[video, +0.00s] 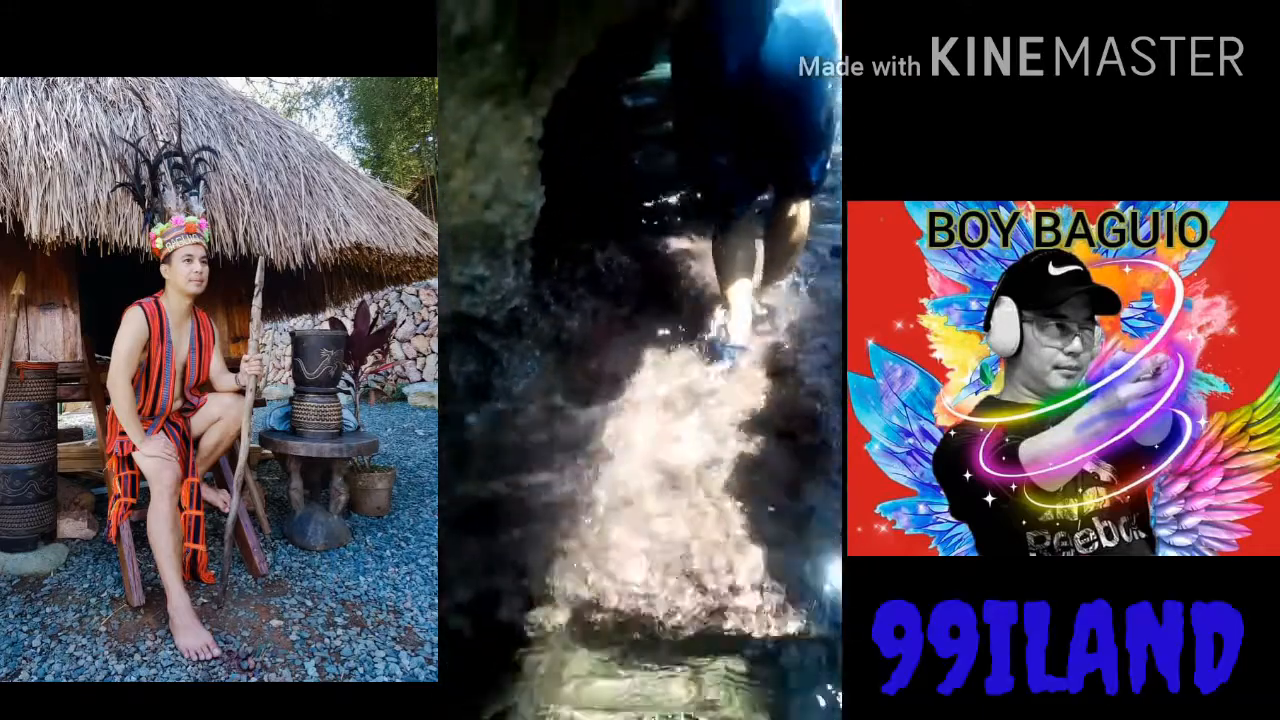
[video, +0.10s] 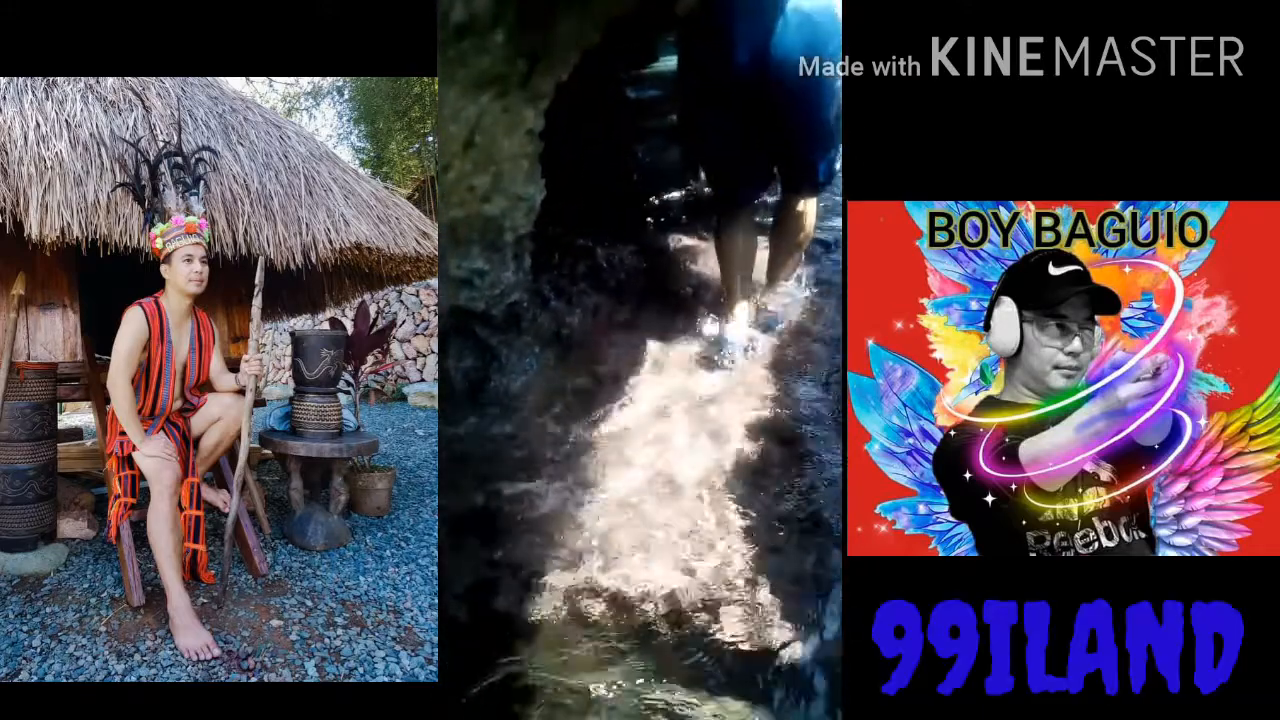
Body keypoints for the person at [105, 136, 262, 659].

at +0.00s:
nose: (198, 268)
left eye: (203, 260)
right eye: (187, 260)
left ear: (208, 267)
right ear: (165, 267)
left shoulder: (206, 324)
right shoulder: (142, 316)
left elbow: (220, 381)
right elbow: (117, 380)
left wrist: (243, 381)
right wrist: (138, 440)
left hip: (180, 419)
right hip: (140, 424)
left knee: (236, 407)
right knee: (169, 476)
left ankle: (191, 478)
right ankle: (179, 605)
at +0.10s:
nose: (198, 268)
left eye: (203, 260)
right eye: (187, 260)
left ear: (207, 267)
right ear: (164, 267)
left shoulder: (206, 324)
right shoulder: (142, 317)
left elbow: (220, 381)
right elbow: (117, 380)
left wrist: (244, 379)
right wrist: (138, 440)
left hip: (180, 419)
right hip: (140, 424)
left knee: (237, 407)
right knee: (169, 477)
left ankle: (191, 477)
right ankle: (179, 606)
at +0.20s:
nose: (198, 268)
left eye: (203, 260)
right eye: (187, 260)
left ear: (208, 267)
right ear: (165, 267)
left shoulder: (206, 324)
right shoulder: (142, 316)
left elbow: (220, 382)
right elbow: (117, 380)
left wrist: (243, 380)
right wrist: (138, 440)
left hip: (180, 419)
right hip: (140, 424)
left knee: (237, 407)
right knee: (169, 477)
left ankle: (191, 478)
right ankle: (179, 606)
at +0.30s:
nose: (198, 268)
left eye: (203, 260)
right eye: (187, 260)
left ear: (208, 267)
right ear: (165, 267)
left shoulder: (206, 324)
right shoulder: (142, 316)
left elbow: (220, 382)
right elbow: (117, 380)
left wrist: (243, 380)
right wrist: (138, 440)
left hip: (180, 419)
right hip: (140, 424)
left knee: (237, 407)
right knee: (169, 477)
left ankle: (191, 478)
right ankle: (179, 606)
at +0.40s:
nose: (198, 268)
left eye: (203, 260)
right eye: (187, 260)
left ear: (208, 267)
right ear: (165, 267)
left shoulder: (206, 324)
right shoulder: (142, 316)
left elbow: (220, 381)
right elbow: (117, 380)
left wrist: (243, 381)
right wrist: (138, 440)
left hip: (180, 419)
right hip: (140, 424)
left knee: (236, 407)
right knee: (169, 476)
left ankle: (191, 478)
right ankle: (179, 605)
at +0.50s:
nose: (198, 268)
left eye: (203, 260)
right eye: (187, 260)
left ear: (208, 267)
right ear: (165, 267)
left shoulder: (206, 324)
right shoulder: (142, 316)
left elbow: (220, 381)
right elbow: (117, 380)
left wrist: (243, 381)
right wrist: (138, 440)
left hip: (180, 419)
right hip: (140, 424)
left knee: (236, 407)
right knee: (169, 476)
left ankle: (191, 478)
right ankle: (179, 605)